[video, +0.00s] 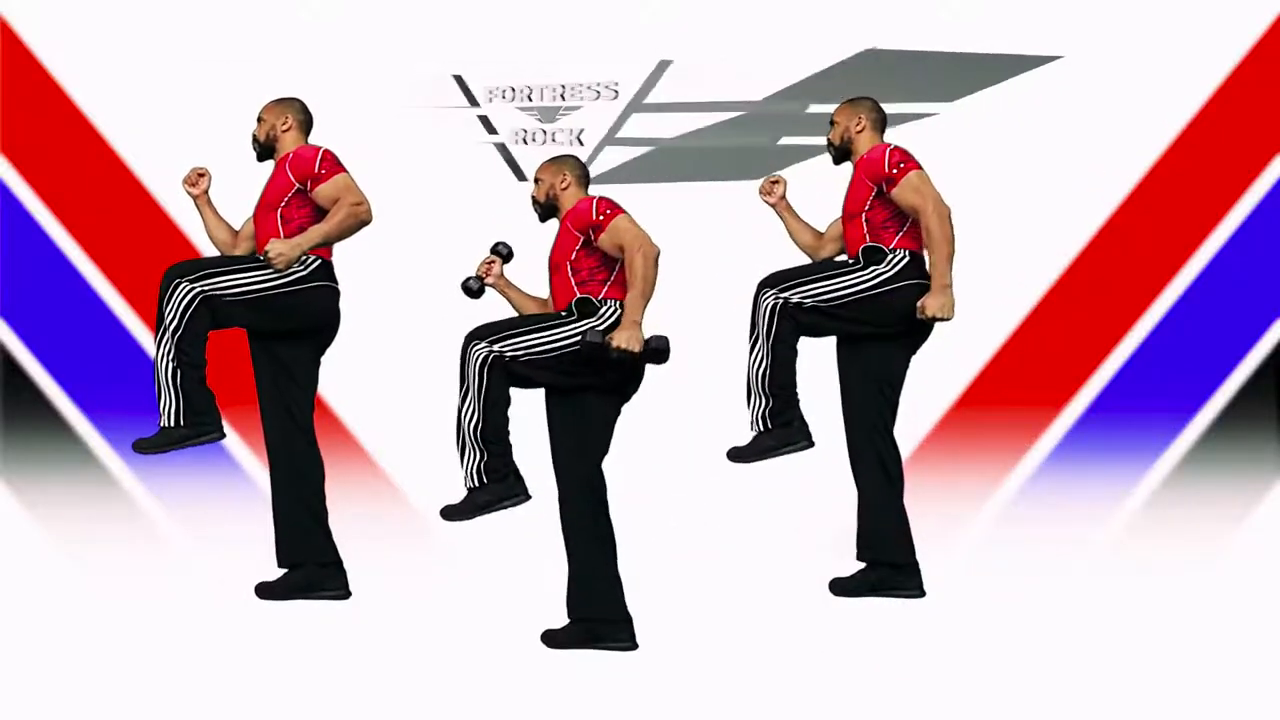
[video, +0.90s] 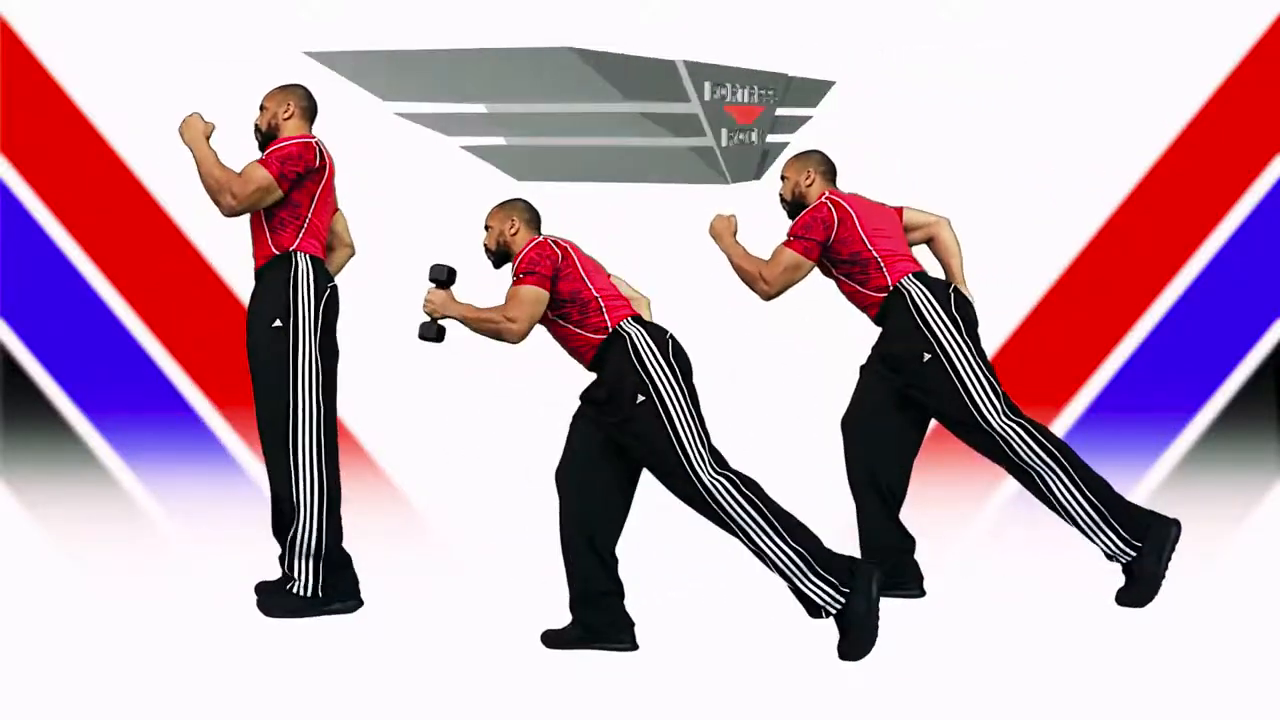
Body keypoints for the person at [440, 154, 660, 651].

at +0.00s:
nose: (532, 192)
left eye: (538, 182)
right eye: (533, 184)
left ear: (563, 181)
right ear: (562, 183)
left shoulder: (587, 207)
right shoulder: (568, 240)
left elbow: (642, 249)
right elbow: (553, 315)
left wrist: (633, 320)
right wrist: (502, 284)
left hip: (595, 328)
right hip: (601, 350)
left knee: (483, 346)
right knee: (579, 484)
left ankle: (494, 477)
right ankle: (602, 620)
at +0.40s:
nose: (523, 195)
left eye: (528, 185)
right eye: (524, 188)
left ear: (551, 182)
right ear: (558, 184)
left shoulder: (580, 208)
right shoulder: (562, 238)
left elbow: (621, 255)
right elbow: (573, 325)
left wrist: (587, 325)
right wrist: (515, 316)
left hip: (602, 344)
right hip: (609, 358)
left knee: (498, 393)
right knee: (580, 488)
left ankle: (547, 521)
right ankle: (602, 621)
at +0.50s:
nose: (513, 201)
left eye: (518, 190)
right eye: (514, 194)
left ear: (543, 187)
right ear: (548, 190)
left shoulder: (574, 216)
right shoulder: (557, 245)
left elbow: (598, 271)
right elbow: (576, 328)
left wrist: (544, 327)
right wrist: (541, 348)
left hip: (613, 333)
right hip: (606, 345)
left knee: (536, 436)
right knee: (586, 484)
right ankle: (600, 619)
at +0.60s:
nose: (503, 210)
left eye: (508, 200)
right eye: (503, 203)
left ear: (532, 197)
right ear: (536, 199)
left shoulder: (563, 225)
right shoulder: (547, 250)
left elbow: (572, 284)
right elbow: (593, 327)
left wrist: (503, 322)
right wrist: (569, 366)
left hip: (620, 341)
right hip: (597, 358)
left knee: (597, 471)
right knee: (575, 483)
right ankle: (600, 619)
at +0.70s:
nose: (493, 221)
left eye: (497, 210)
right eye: (493, 213)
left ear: (521, 205)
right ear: (527, 210)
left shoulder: (548, 232)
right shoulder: (551, 248)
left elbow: (546, 299)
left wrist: (474, 316)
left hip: (623, 345)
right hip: (601, 364)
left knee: (650, 481)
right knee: (579, 489)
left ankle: (792, 558)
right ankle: (600, 621)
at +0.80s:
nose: (488, 228)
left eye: (494, 218)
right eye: (487, 221)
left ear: (519, 215)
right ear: (519, 223)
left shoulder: (543, 243)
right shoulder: (539, 257)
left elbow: (525, 312)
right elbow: (522, 316)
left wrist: (456, 311)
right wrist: (463, 309)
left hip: (632, 350)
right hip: (607, 370)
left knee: (686, 477)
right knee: (581, 489)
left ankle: (827, 577)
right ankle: (601, 621)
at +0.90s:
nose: (484, 239)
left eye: (491, 228)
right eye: (484, 231)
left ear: (516, 225)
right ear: (523, 232)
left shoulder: (538, 252)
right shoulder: (562, 258)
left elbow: (514, 323)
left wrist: (451, 309)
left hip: (639, 357)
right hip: (616, 373)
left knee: (703, 479)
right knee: (582, 487)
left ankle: (841, 588)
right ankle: (602, 622)